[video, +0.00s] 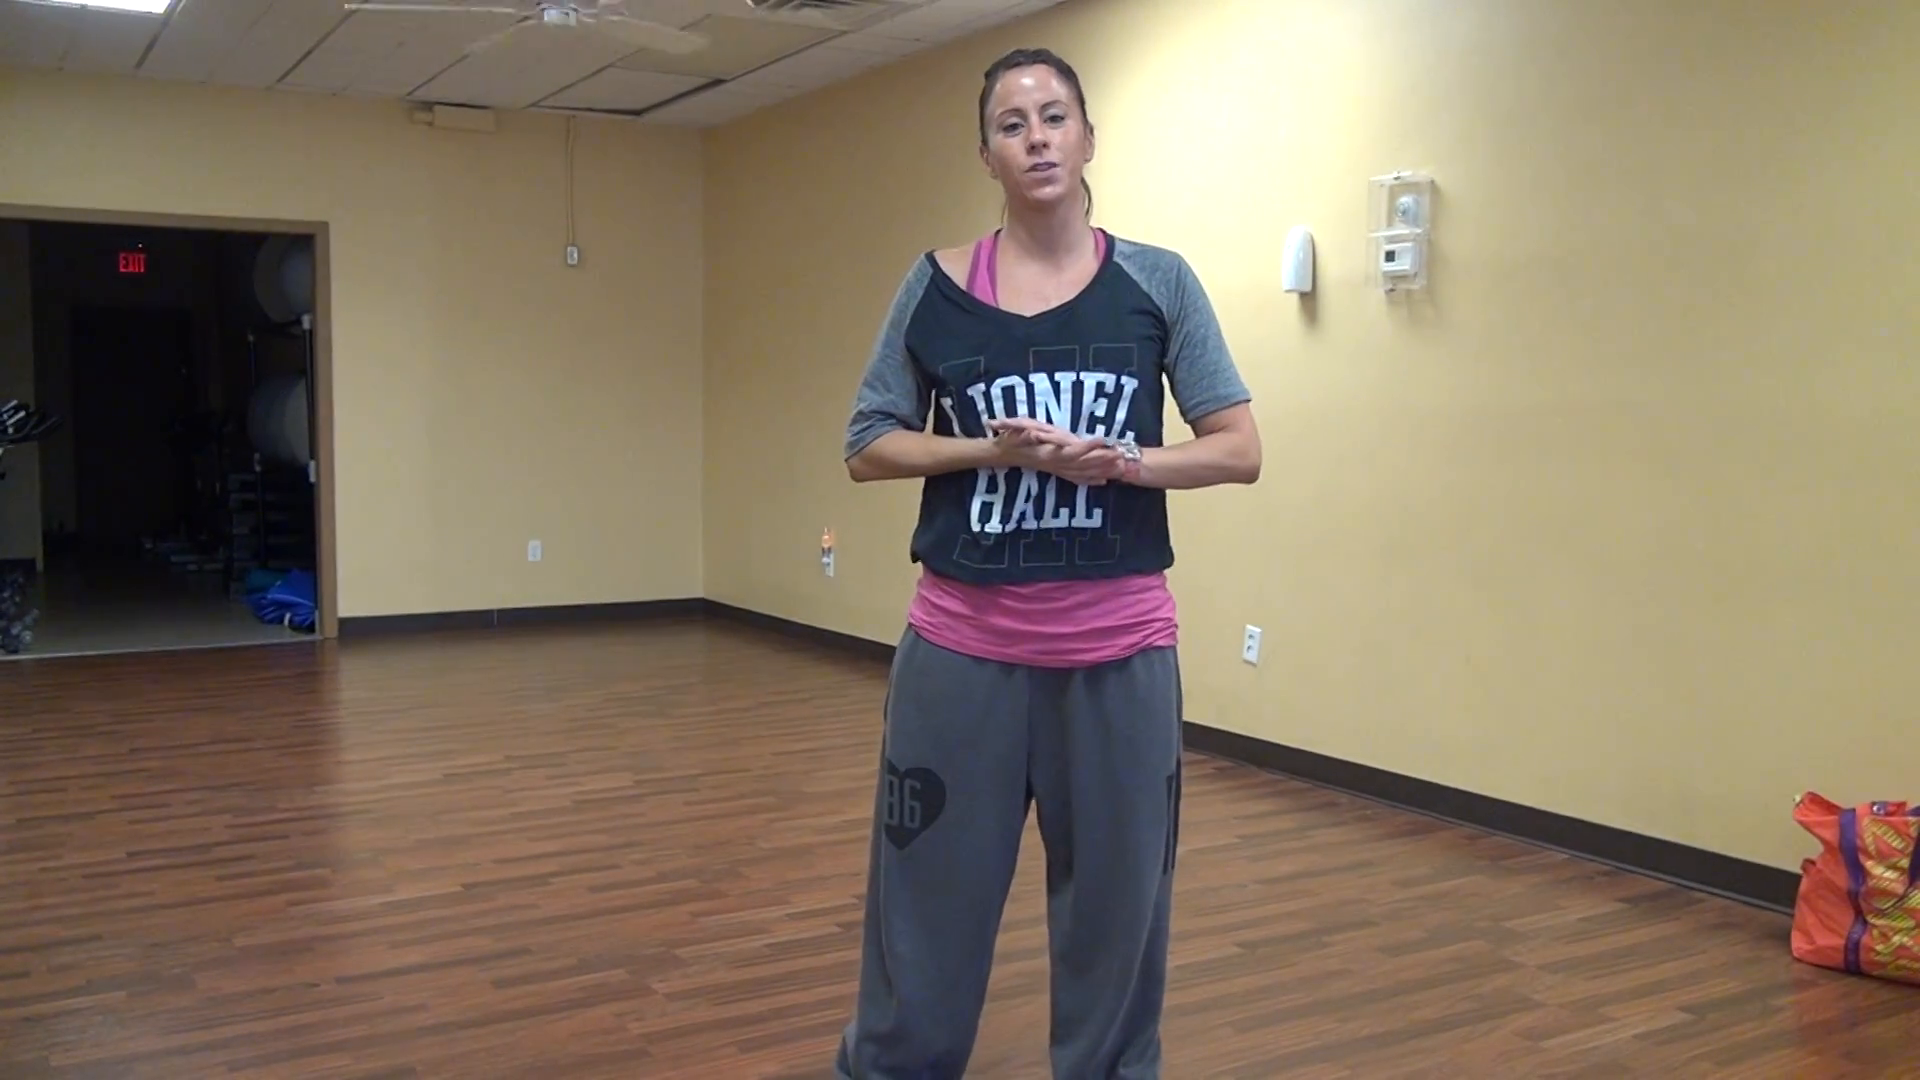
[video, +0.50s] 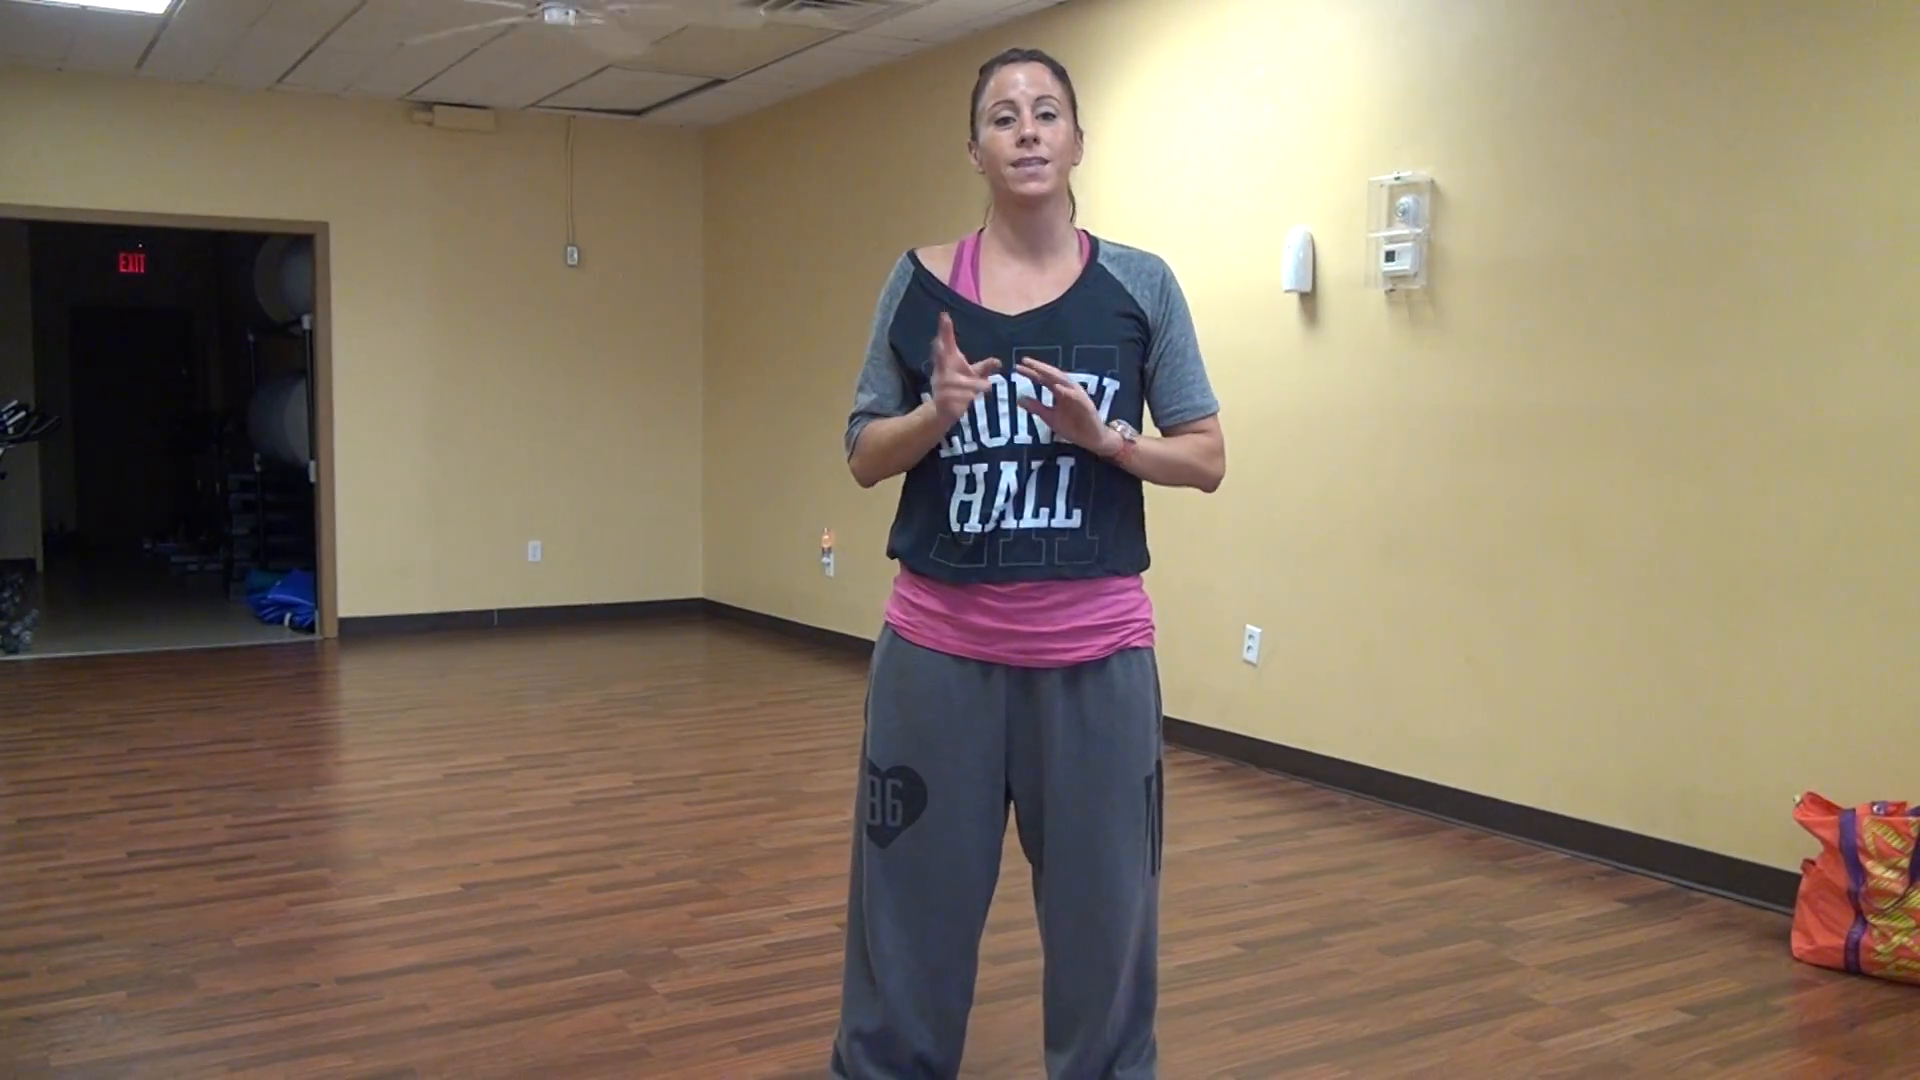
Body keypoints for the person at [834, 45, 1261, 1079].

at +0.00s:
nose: (1036, 137)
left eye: (1054, 116)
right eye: (1012, 124)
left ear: (1088, 139)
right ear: (986, 156)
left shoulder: (1160, 279)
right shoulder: (939, 283)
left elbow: (1240, 448)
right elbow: (867, 446)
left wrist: (1130, 464)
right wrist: (984, 451)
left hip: (1121, 646)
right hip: (960, 642)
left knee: (1119, 919)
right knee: (923, 908)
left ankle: (1108, 1070)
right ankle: (896, 1067)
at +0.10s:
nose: (1035, 137)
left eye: (1054, 116)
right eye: (1011, 123)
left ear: (1086, 140)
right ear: (984, 153)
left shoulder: (1157, 280)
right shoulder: (935, 282)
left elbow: (1237, 451)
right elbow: (864, 446)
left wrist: (1126, 462)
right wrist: (983, 447)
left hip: (1114, 646)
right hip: (953, 640)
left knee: (1115, 918)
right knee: (918, 907)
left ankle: (1107, 1069)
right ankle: (895, 1067)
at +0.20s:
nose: (1033, 135)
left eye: (1052, 116)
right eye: (1009, 121)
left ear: (1085, 139)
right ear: (982, 152)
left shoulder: (1154, 281)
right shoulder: (931, 280)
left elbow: (1229, 453)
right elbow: (860, 444)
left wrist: (1119, 457)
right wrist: (979, 443)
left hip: (1108, 647)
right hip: (947, 642)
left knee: (1111, 918)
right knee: (914, 909)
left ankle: (1105, 1070)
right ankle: (894, 1069)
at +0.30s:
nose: (1032, 134)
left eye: (1051, 115)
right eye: (1008, 120)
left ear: (1081, 140)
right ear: (979, 151)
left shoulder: (1149, 283)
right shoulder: (927, 280)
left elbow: (1220, 457)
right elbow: (860, 446)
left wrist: (1111, 452)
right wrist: (976, 439)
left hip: (1104, 648)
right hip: (942, 643)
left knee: (1109, 928)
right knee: (910, 919)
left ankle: (1104, 1072)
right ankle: (892, 1069)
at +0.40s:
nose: (1029, 131)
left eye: (1049, 114)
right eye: (1006, 117)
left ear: (1079, 142)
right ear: (977, 150)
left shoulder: (1145, 283)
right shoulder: (925, 280)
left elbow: (1212, 459)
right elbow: (863, 453)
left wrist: (1095, 441)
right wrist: (961, 423)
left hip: (1100, 646)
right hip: (939, 641)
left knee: (1108, 927)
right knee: (908, 919)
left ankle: (1104, 1072)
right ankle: (890, 1069)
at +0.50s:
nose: (1025, 131)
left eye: (1046, 114)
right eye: (1003, 117)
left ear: (1077, 141)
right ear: (975, 148)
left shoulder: (1142, 281)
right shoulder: (924, 280)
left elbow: (1207, 459)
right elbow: (866, 457)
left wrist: (1107, 439)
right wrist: (934, 413)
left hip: (1097, 646)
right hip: (937, 641)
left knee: (1107, 925)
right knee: (906, 917)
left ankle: (1104, 1072)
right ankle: (889, 1069)